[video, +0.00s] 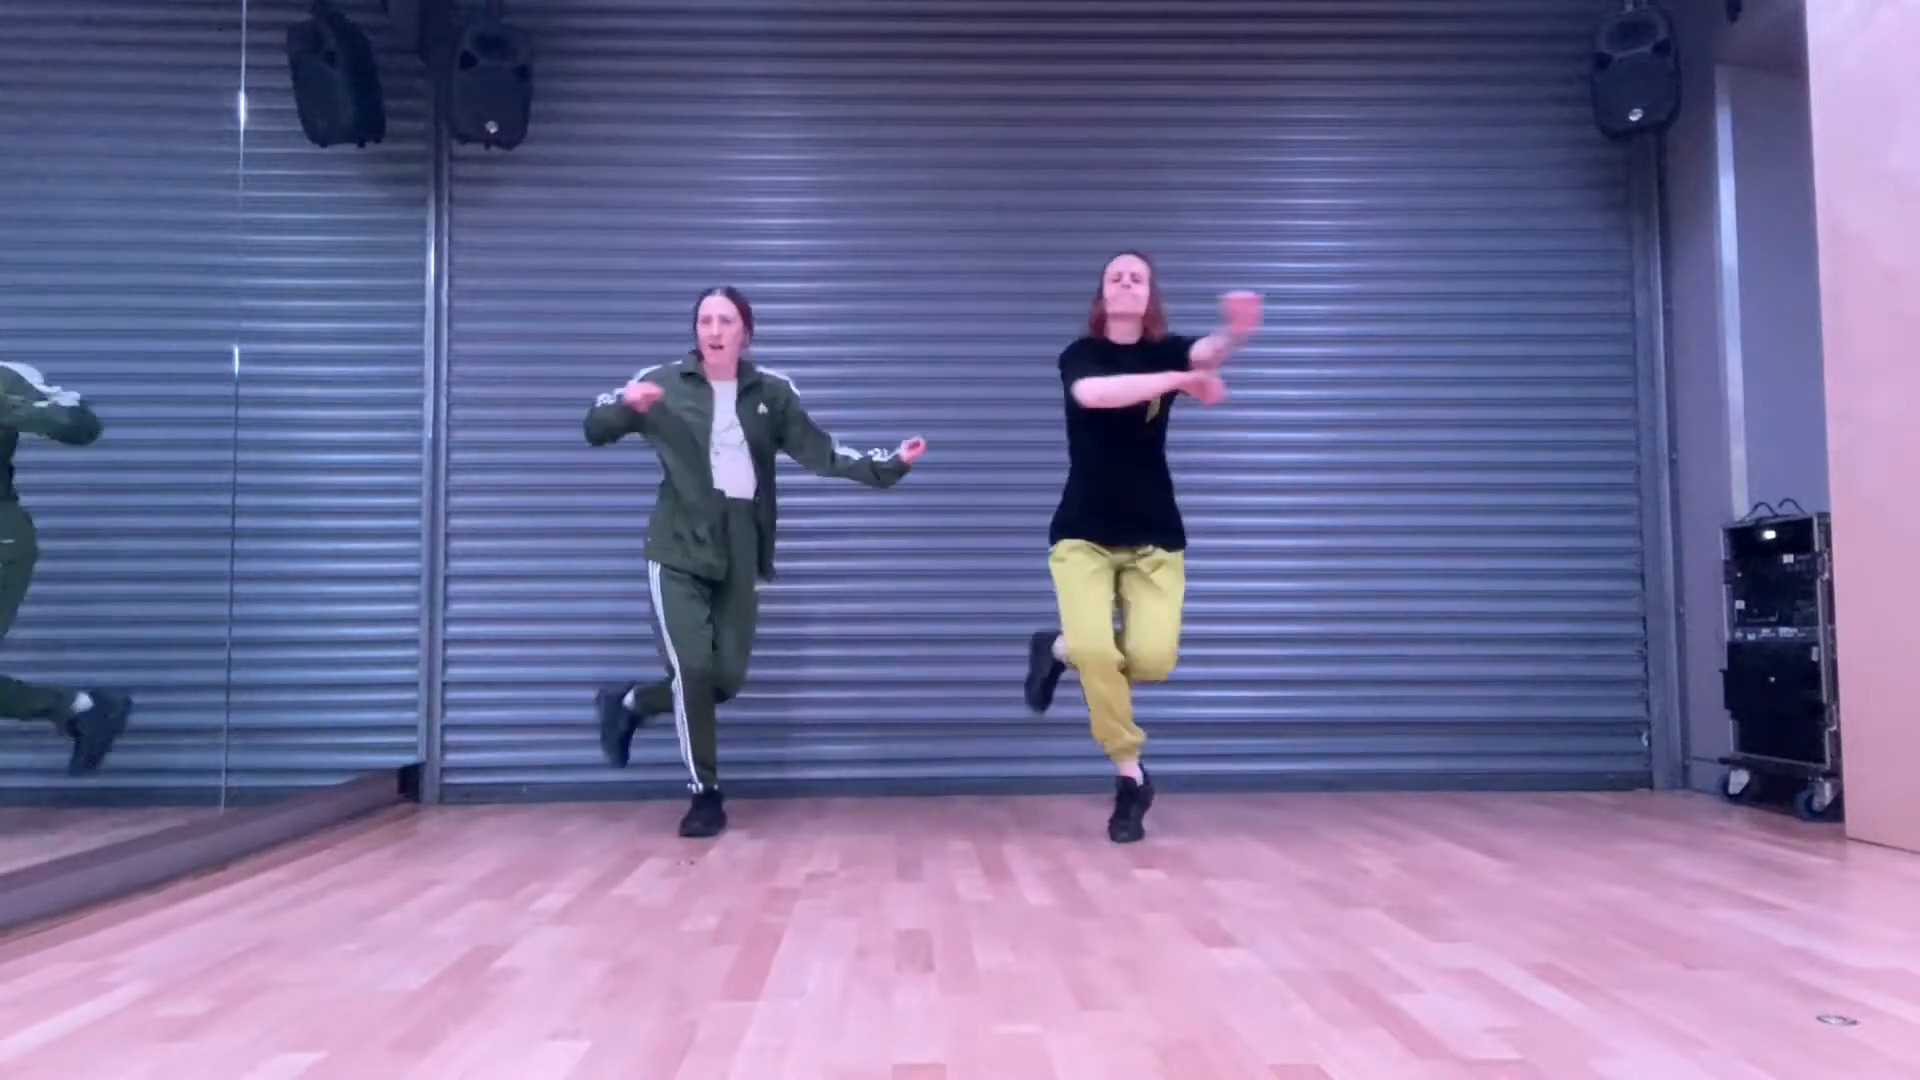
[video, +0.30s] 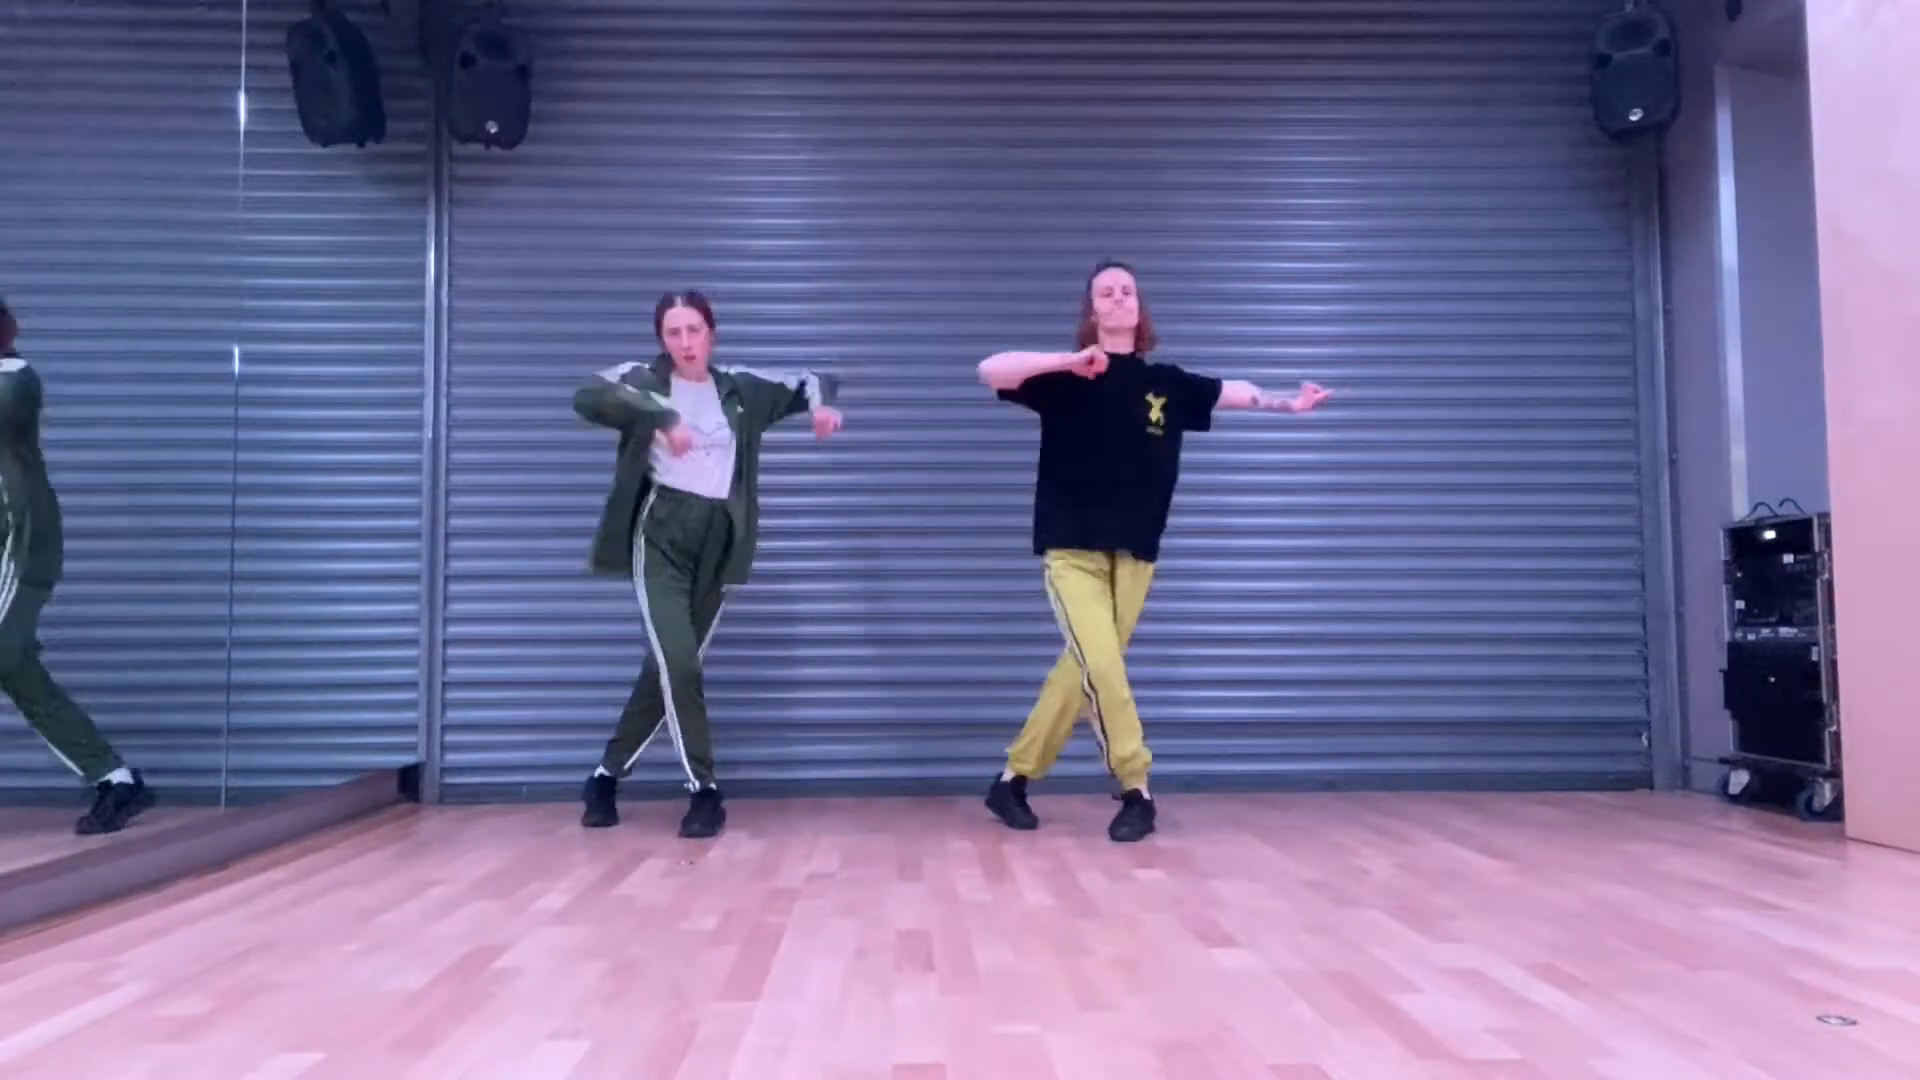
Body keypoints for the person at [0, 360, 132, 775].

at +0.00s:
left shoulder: (7, 382)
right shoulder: (9, 384)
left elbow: (87, 427)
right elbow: (84, 427)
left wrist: (23, 413)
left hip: (8, 546)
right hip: (9, 548)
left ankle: (78, 708)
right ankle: (78, 709)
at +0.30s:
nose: (4, 327)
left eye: (3, 318)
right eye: (3, 319)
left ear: (6, 329)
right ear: (7, 329)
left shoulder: (16, 379)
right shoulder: (12, 380)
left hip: (24, 546)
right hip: (13, 548)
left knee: (12, 661)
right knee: (15, 664)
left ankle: (113, 775)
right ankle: (111, 776)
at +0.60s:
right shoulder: (48, 382)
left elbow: (81, 465)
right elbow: (83, 465)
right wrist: (82, 530)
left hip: (8, 540)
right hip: (74, 536)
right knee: (79, 663)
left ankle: (92, 778)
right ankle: (93, 779)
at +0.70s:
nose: (53, 378)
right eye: (52, 369)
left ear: (9, 357)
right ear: (39, 362)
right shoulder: (54, 390)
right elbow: (98, 467)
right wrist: (116, 516)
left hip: (4, 559)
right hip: (50, 548)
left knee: (7, 669)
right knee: (88, 663)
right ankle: (59, 794)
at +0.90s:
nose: (70, 335)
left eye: (73, 325)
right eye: (59, 323)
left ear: (65, 334)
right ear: (20, 327)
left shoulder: (42, 386)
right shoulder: (3, 381)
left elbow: (44, 452)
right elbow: (4, 478)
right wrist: (54, 532)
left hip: (31, 549)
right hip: (5, 551)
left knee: (57, 656)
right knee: (48, 659)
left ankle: (21, 788)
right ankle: (23, 790)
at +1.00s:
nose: (15, 321)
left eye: (27, 312)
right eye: (6, 312)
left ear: (47, 326)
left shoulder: (63, 389)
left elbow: (109, 462)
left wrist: (92, 401)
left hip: (51, 530)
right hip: (5, 534)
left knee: (73, 666)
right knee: (34, 663)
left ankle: (4, 772)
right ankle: (2, 776)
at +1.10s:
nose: (0, 331)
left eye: (10, 322)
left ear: (36, 336)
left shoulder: (59, 397)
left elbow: (123, 458)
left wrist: (113, 421)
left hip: (48, 536)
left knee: (85, 679)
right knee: (5, 676)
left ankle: (26, 750)